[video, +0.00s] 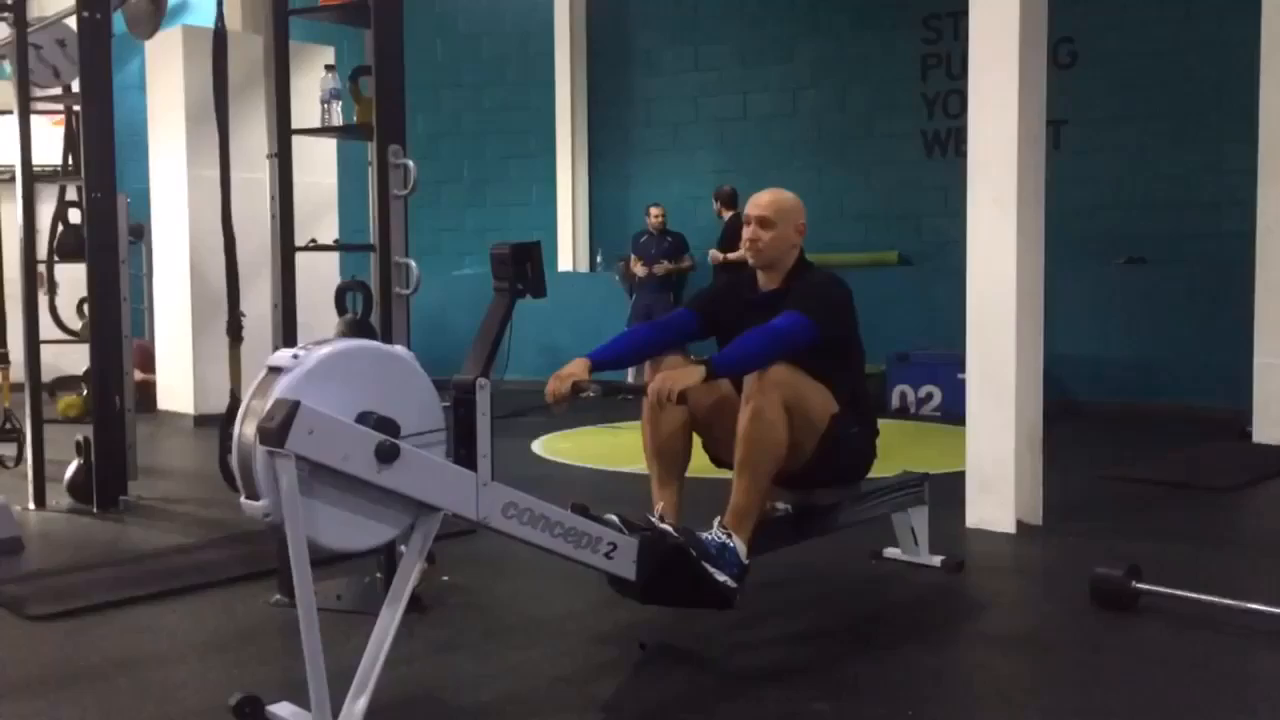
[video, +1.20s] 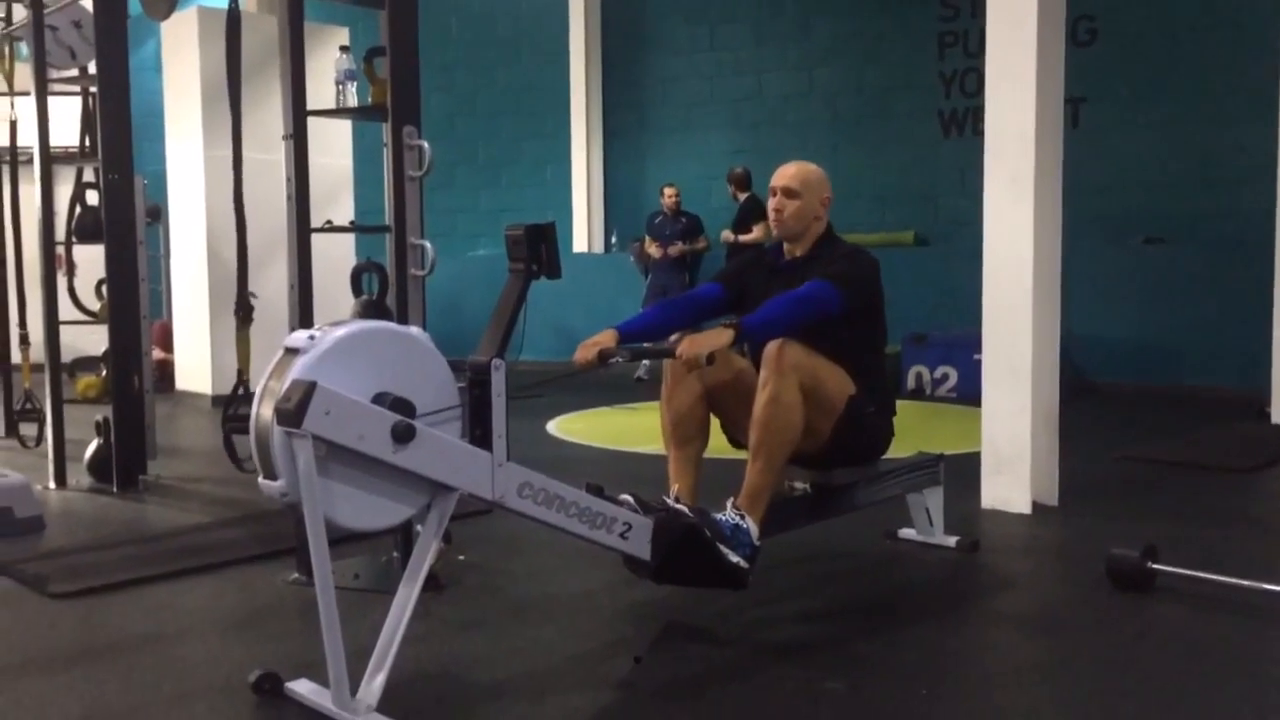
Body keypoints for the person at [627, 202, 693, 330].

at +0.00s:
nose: (660, 220)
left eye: (663, 216)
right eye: (656, 217)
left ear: (666, 217)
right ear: (648, 220)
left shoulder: (677, 238)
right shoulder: (638, 238)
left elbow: (689, 263)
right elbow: (633, 262)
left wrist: (670, 268)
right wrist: (637, 269)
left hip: (666, 296)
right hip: (642, 296)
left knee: (665, 335)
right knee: (637, 333)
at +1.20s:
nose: (674, 200)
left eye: (676, 196)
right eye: (670, 196)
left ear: (680, 198)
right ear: (662, 199)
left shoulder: (691, 220)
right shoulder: (654, 219)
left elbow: (704, 243)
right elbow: (648, 242)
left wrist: (684, 248)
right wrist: (652, 249)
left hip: (680, 276)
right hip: (658, 275)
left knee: (679, 318)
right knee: (649, 316)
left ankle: (680, 364)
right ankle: (645, 362)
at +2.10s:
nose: (673, 170)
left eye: (675, 166)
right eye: (669, 167)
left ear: (679, 168)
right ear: (661, 170)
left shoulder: (690, 191)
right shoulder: (652, 191)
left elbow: (700, 213)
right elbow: (646, 216)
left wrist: (682, 219)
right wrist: (650, 221)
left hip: (677, 247)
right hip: (656, 246)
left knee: (674, 291)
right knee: (650, 290)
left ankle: (669, 336)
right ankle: (645, 334)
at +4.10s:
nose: (669, 182)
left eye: (672, 179)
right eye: (665, 179)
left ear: (676, 181)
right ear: (658, 182)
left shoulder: (688, 203)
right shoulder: (649, 203)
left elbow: (700, 228)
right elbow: (644, 228)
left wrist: (682, 233)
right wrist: (647, 233)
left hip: (675, 259)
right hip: (653, 258)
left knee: (671, 302)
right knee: (647, 302)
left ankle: (666, 348)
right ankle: (642, 346)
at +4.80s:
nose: (664, 185)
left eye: (668, 181)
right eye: (661, 182)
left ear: (675, 182)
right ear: (656, 184)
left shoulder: (681, 203)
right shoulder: (650, 204)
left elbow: (682, 230)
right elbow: (648, 235)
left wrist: (661, 227)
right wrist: (669, 232)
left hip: (674, 257)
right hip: (653, 257)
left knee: (673, 303)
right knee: (647, 299)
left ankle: (670, 348)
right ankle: (643, 346)